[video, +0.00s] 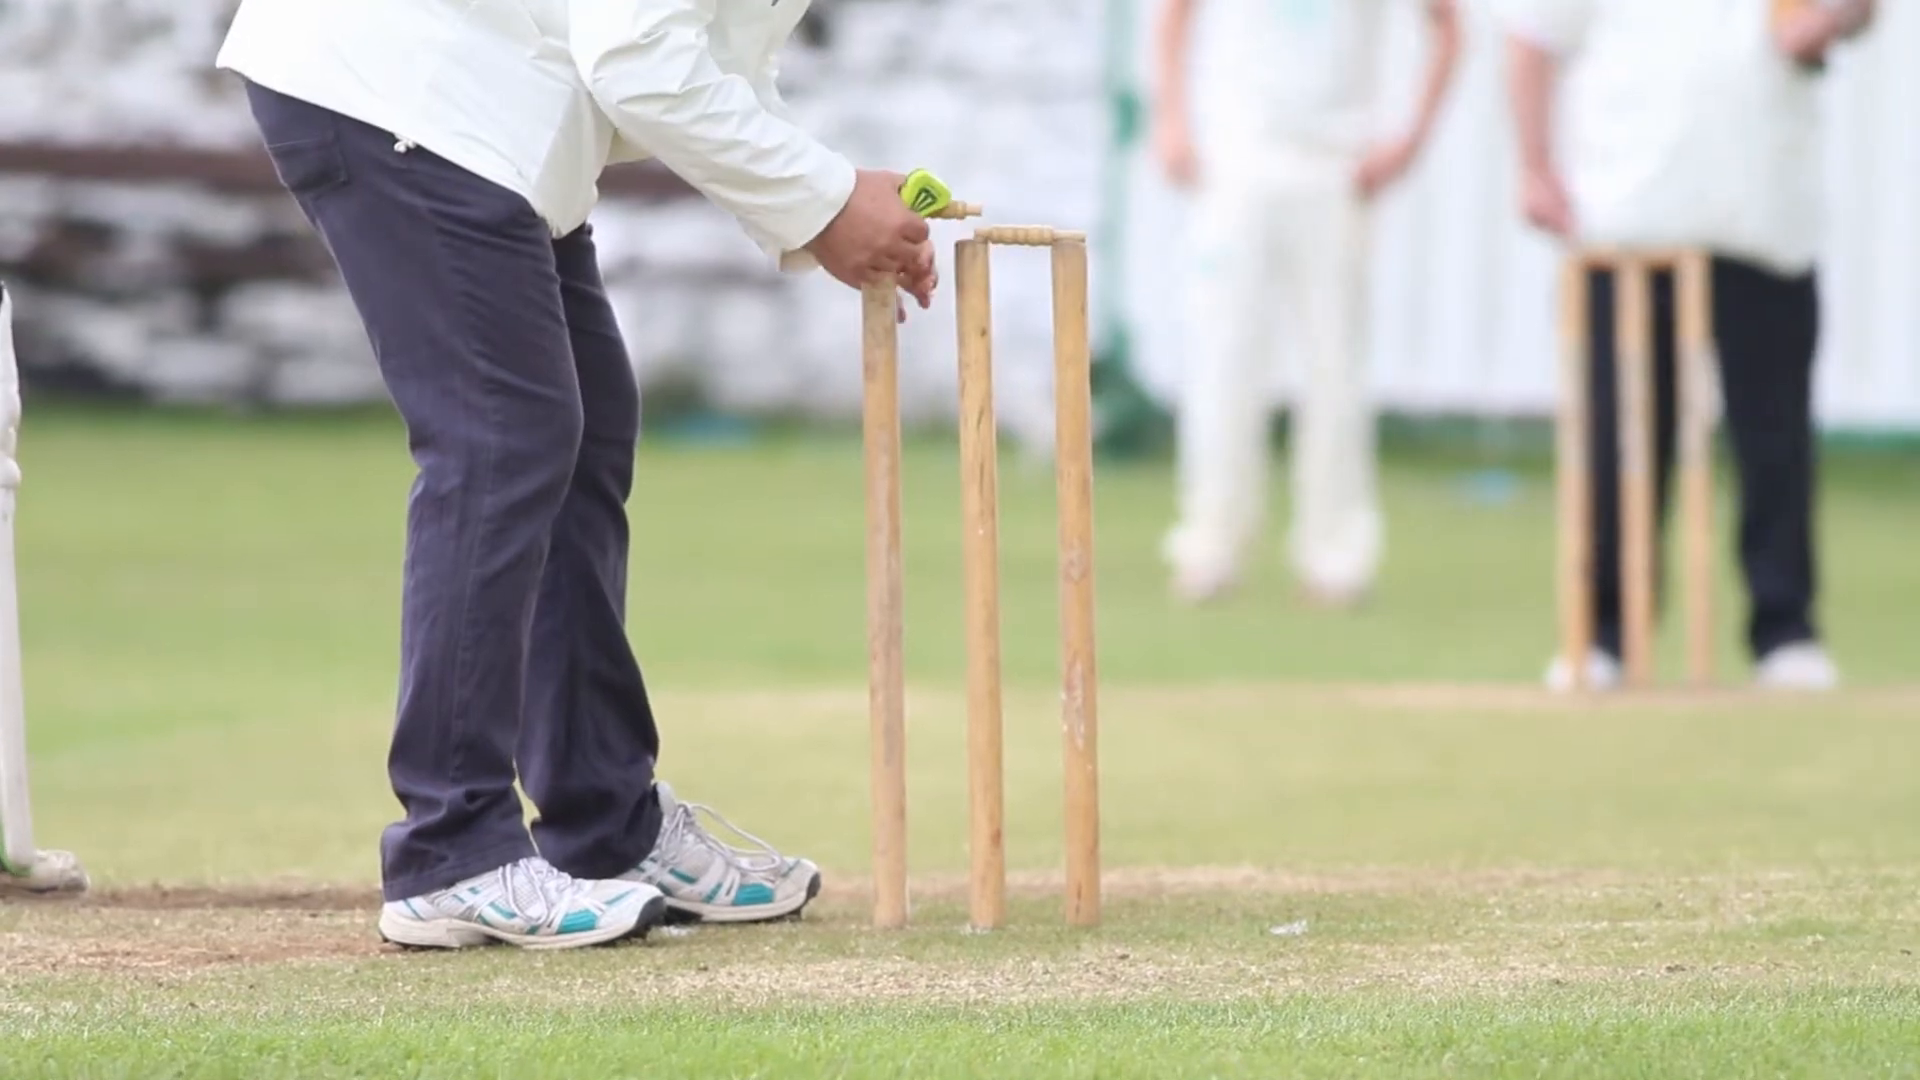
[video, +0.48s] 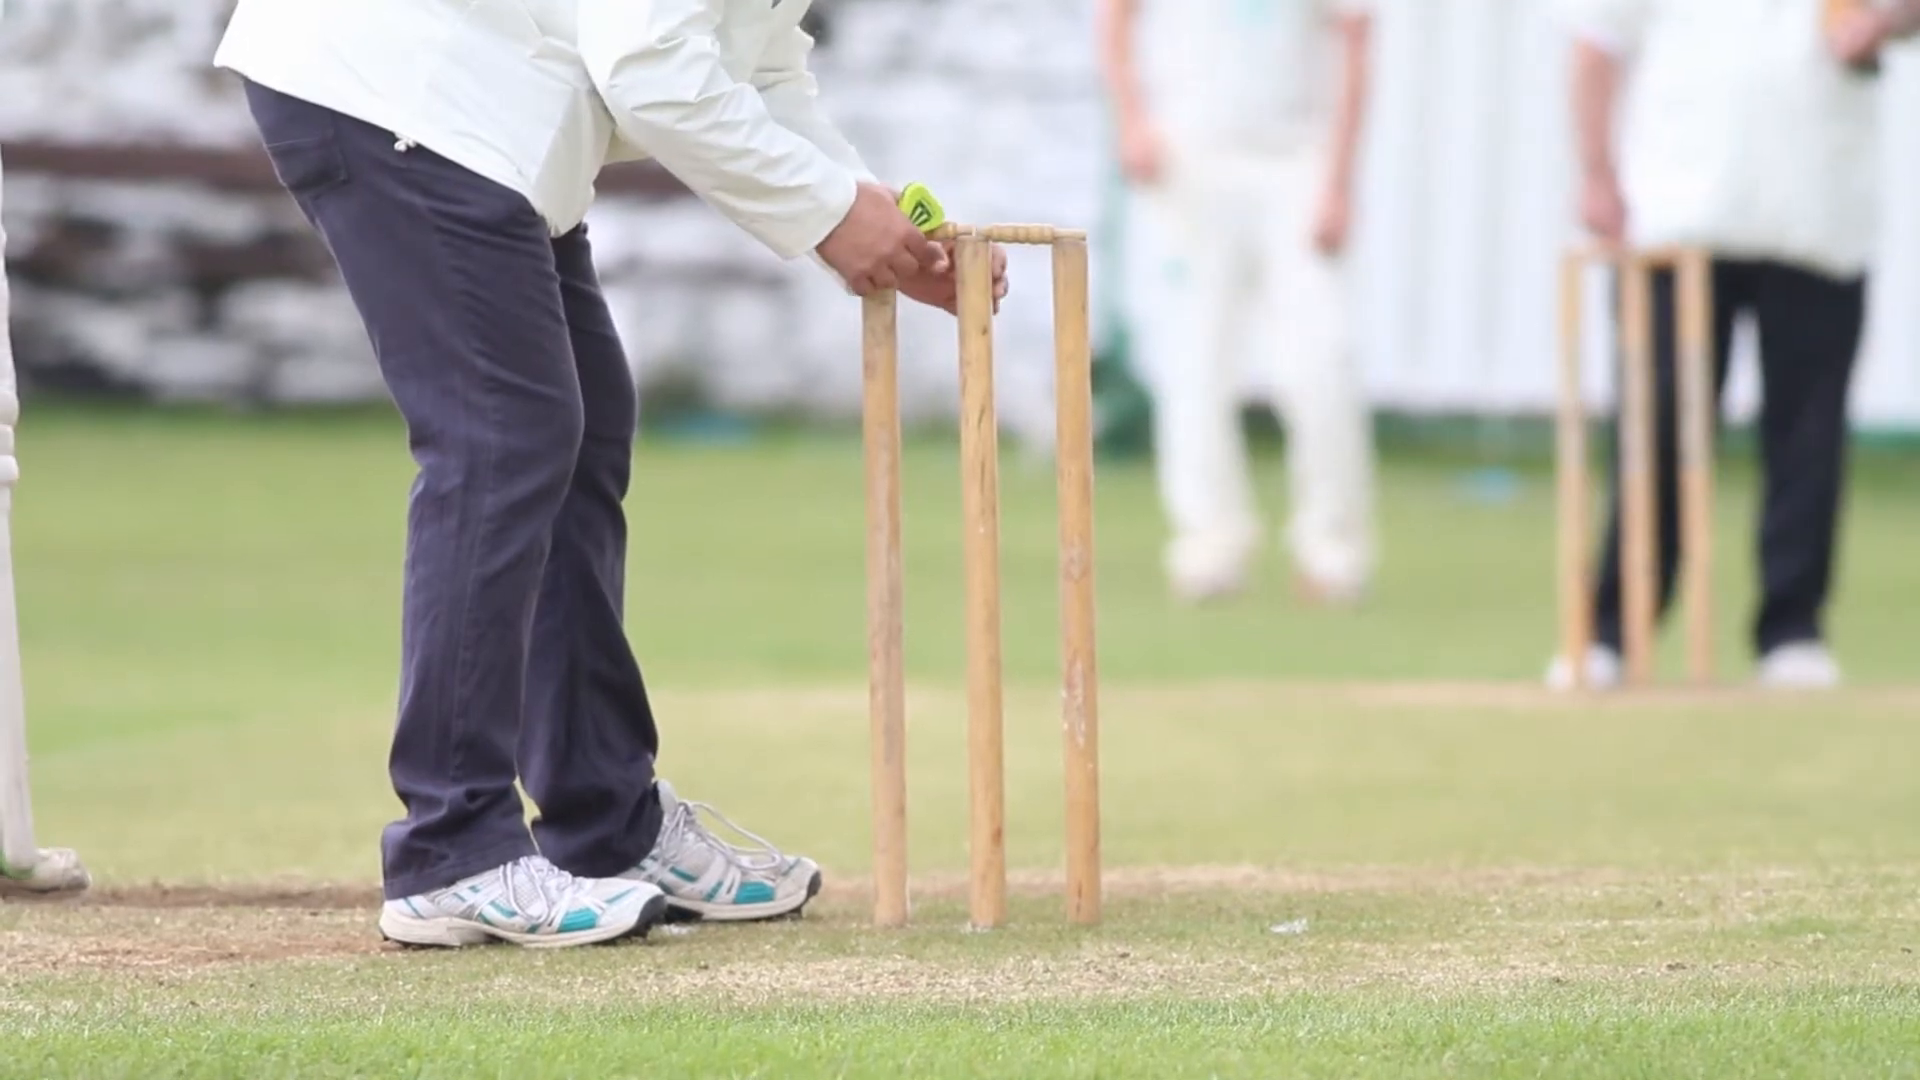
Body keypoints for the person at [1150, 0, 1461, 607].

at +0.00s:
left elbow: (1448, 28)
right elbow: (1173, 13)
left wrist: (1403, 146)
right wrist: (1174, 123)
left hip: (1336, 158)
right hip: (1234, 156)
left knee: (1334, 365)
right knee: (1220, 359)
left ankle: (1334, 549)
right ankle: (1209, 543)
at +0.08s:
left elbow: (1430, 35)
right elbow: (1166, 19)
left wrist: (1386, 162)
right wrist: (1174, 125)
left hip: (1331, 166)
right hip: (1224, 164)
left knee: (1331, 370)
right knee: (1216, 365)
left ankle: (1334, 551)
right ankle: (1214, 544)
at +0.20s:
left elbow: (1394, 33)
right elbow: (1151, 11)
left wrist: (1357, 175)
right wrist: (1169, 116)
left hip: (1319, 158)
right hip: (1210, 155)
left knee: (1319, 364)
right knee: (1208, 360)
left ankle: (1331, 550)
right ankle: (1214, 540)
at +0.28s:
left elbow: (1366, 33)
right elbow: (1137, 11)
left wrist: (1342, 184)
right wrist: (1159, 106)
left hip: (1309, 157)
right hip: (1196, 156)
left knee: (1313, 361)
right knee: (1198, 360)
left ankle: (1329, 550)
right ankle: (1211, 543)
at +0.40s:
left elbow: (1350, 29)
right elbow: (1121, 14)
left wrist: (1337, 187)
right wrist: (1140, 116)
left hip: (1302, 162)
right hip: (1186, 162)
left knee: (1322, 361)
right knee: (1191, 363)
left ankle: (1332, 548)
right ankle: (1210, 544)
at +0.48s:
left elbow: (1355, 28)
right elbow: (1114, 14)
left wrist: (1336, 181)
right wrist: (1132, 122)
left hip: (1298, 164)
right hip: (1182, 162)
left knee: (1317, 363)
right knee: (1189, 365)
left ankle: (1332, 548)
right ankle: (1209, 545)